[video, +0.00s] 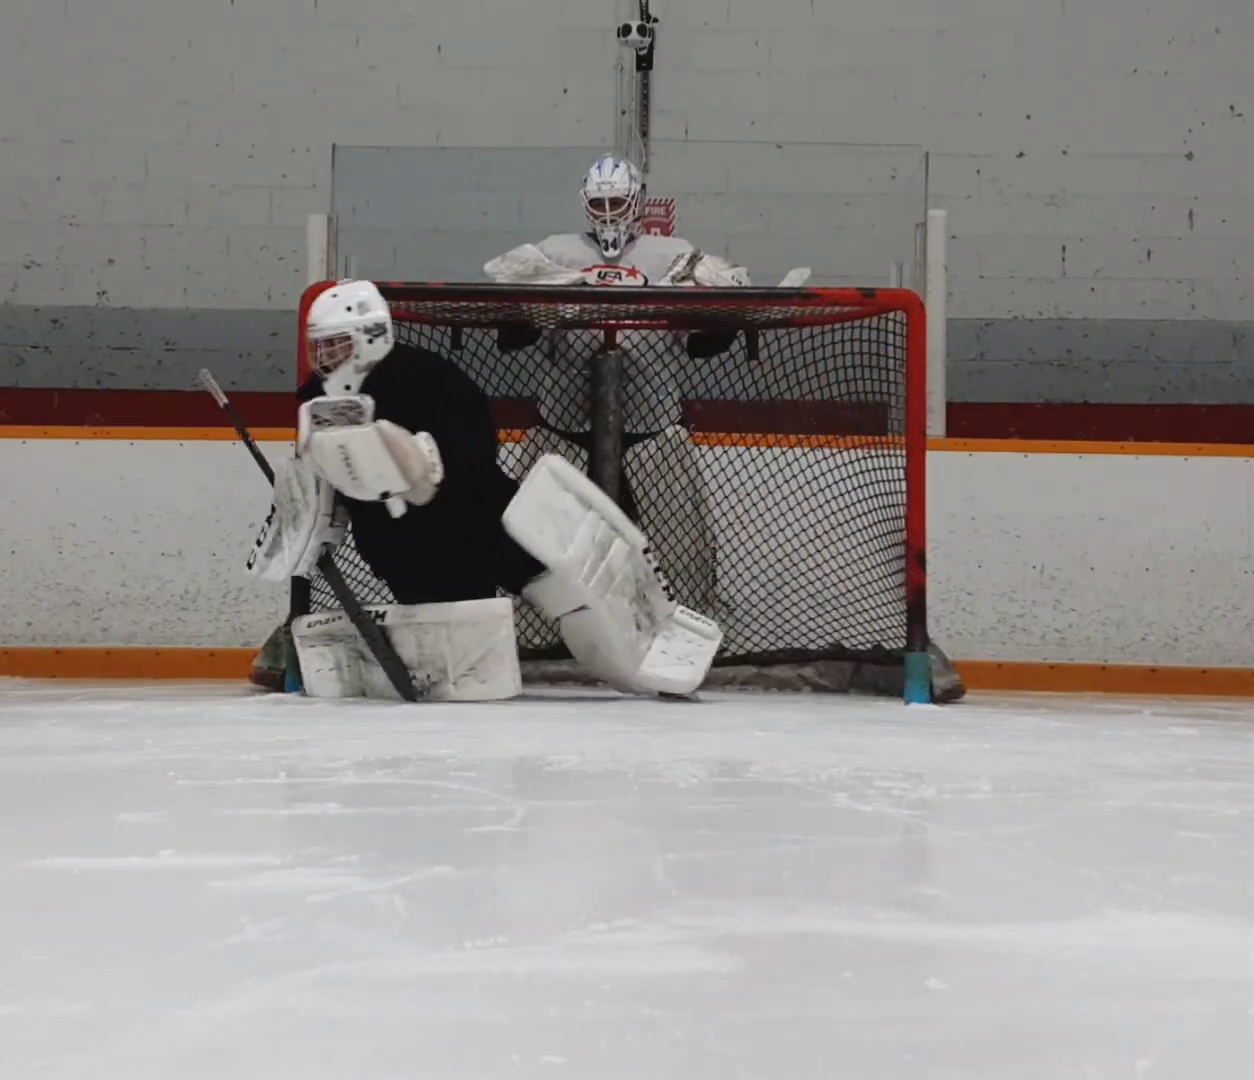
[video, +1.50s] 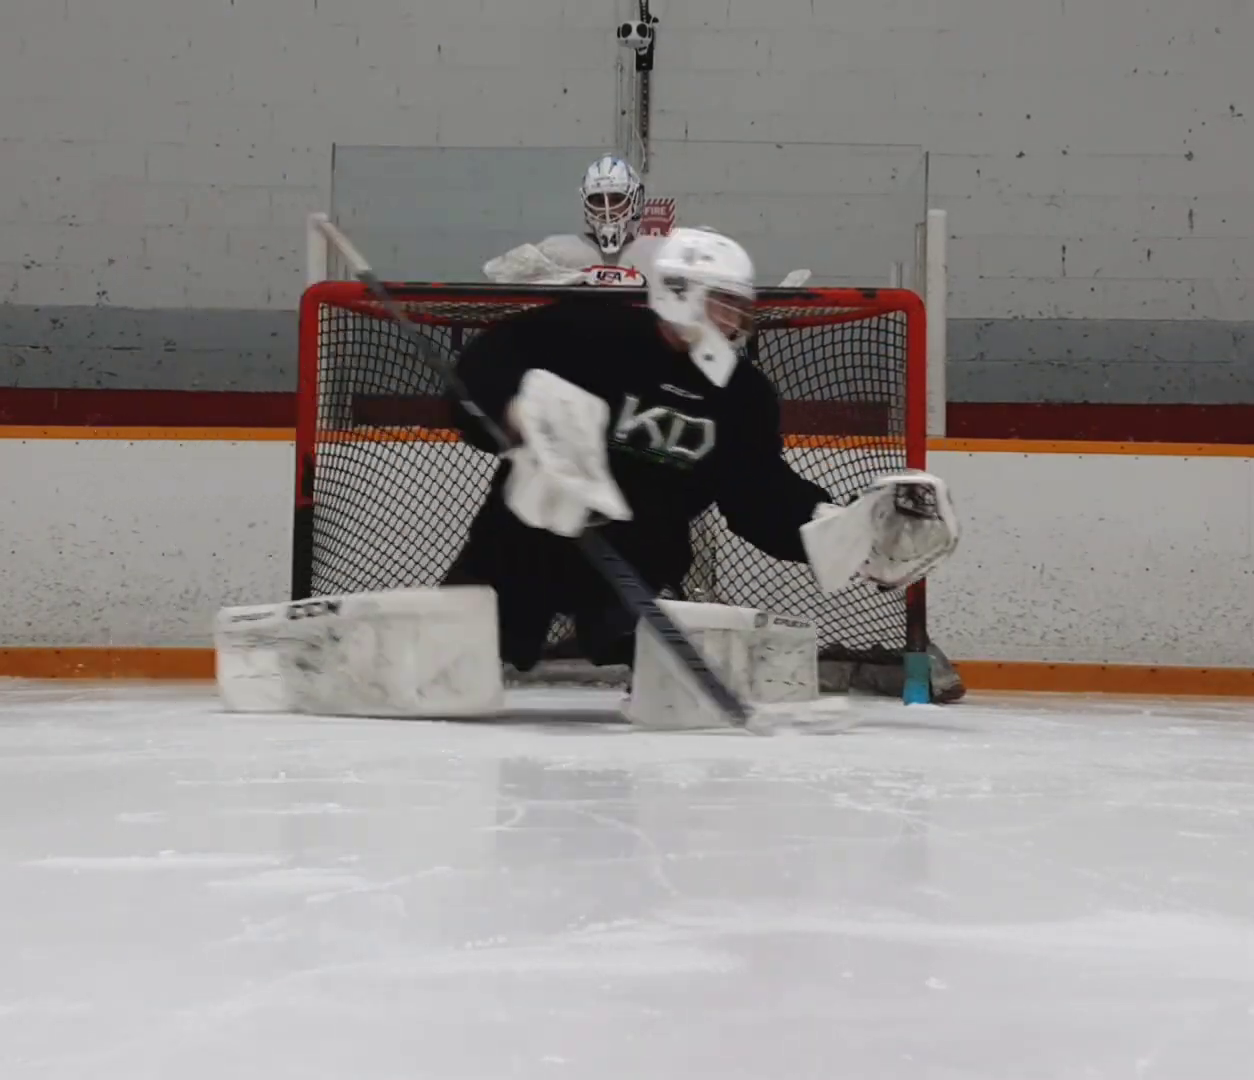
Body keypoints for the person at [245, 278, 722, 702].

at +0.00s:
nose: (324, 357)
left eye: (334, 343)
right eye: (318, 346)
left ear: (371, 336)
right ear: (314, 348)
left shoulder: (429, 377)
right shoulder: (325, 400)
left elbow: (469, 445)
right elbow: (318, 489)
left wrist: (385, 446)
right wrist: (316, 451)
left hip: (478, 556)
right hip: (405, 564)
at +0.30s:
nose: (288, 336)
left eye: (298, 323)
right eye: (278, 327)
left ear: (332, 318)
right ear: (266, 330)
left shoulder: (369, 360)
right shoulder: (266, 392)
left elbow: (458, 434)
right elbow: (289, 477)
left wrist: (399, 477)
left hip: (439, 543)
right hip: (355, 558)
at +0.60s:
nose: (352, 247)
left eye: (366, 234)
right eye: (341, 235)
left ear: (404, 228)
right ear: (328, 235)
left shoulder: (451, 280)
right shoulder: (307, 293)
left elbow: (529, 362)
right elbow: (260, 384)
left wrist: (525, 419)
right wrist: (215, 455)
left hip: (446, 464)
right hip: (359, 472)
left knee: (476, 565)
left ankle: (520, 678)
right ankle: (351, 659)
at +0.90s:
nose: (334, 205)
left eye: (348, 191)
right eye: (321, 192)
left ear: (377, 188)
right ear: (303, 193)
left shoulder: (426, 252)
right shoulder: (277, 258)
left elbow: (486, 363)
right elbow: (227, 354)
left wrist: (440, 406)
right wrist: (176, 422)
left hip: (440, 437)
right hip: (336, 438)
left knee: (445, 542)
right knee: (275, 540)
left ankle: (520, 676)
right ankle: (238, 665)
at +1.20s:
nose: (397, 234)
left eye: (409, 218)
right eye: (379, 220)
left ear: (424, 215)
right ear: (344, 217)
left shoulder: (457, 279)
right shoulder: (300, 271)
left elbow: (517, 369)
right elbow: (219, 339)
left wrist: (534, 432)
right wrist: (182, 417)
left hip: (450, 464)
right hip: (344, 461)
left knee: (534, 567)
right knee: (263, 547)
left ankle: (642, 672)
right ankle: (190, 663)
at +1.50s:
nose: (737, 319)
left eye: (744, 308)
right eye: (725, 303)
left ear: (749, 312)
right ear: (676, 295)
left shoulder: (745, 394)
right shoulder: (593, 329)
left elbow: (758, 499)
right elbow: (480, 366)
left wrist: (856, 534)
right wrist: (523, 413)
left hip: (637, 558)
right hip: (527, 532)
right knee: (457, 663)